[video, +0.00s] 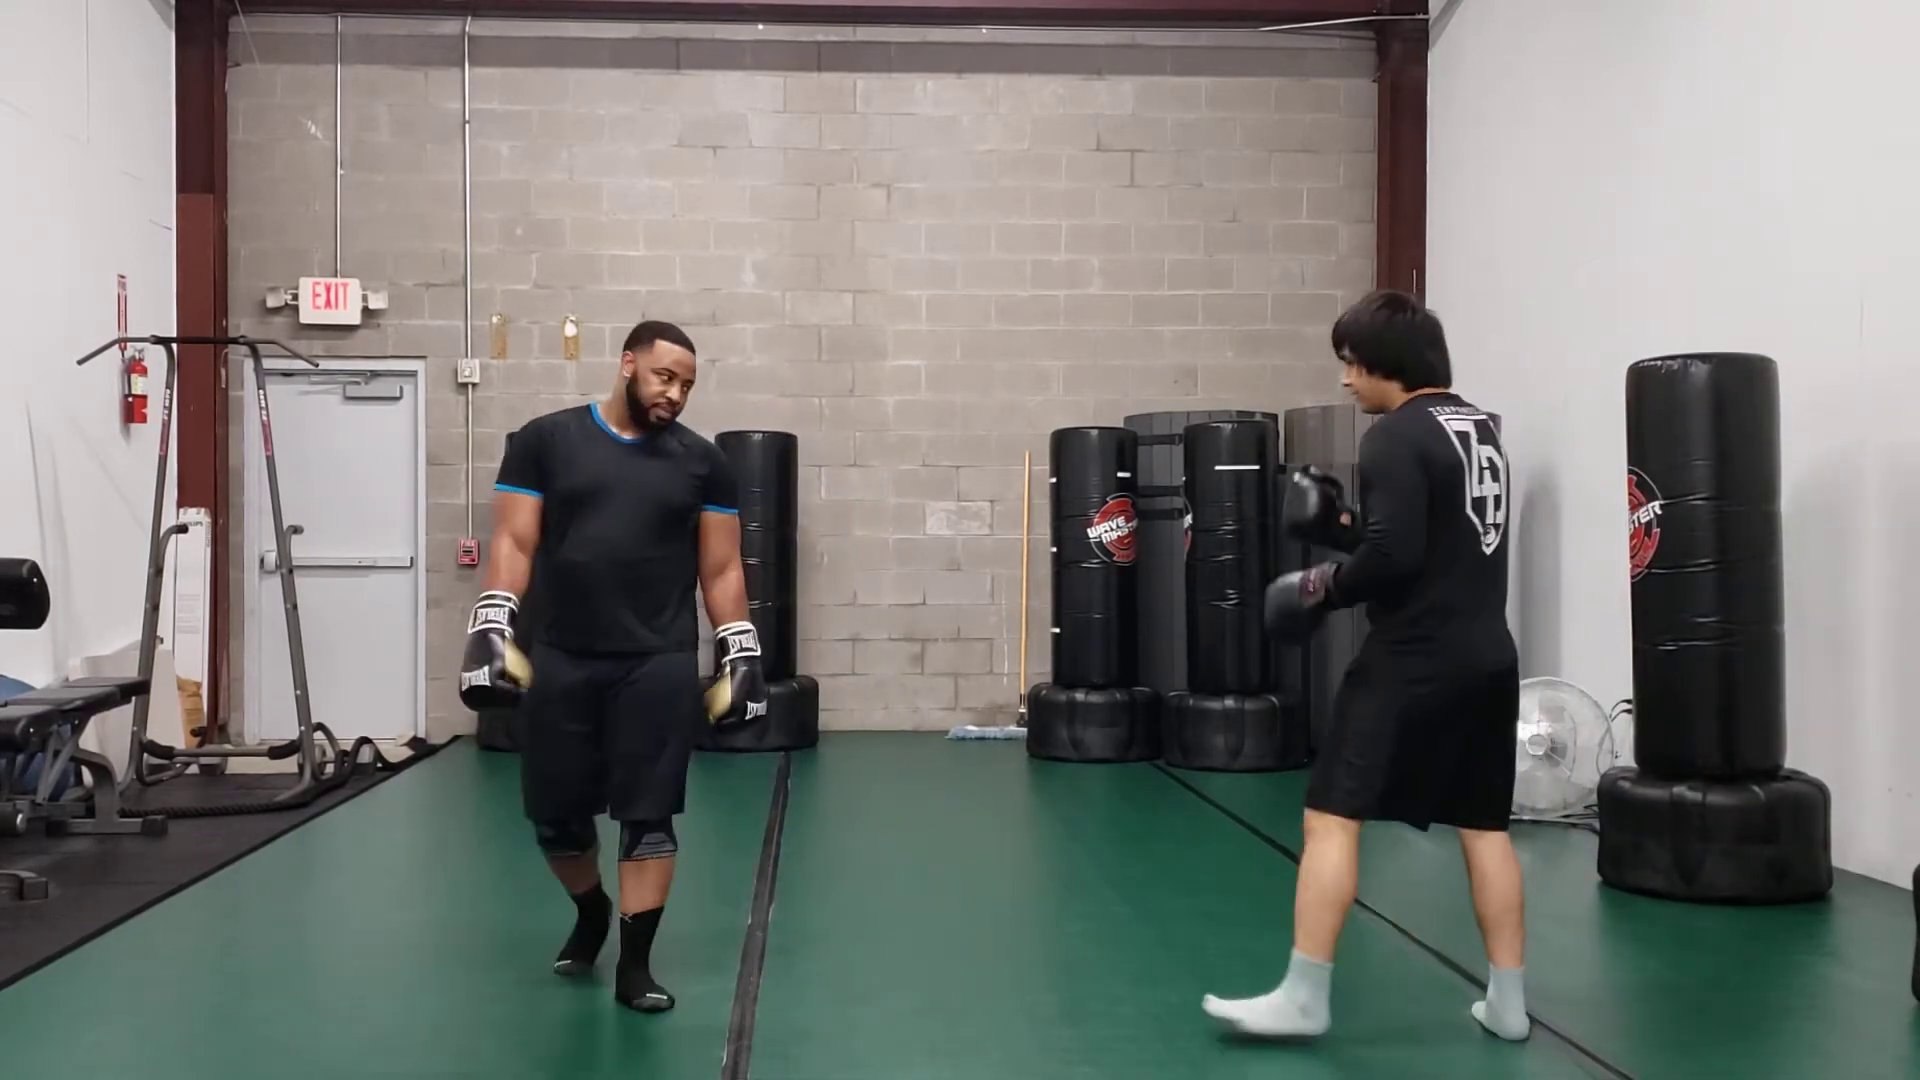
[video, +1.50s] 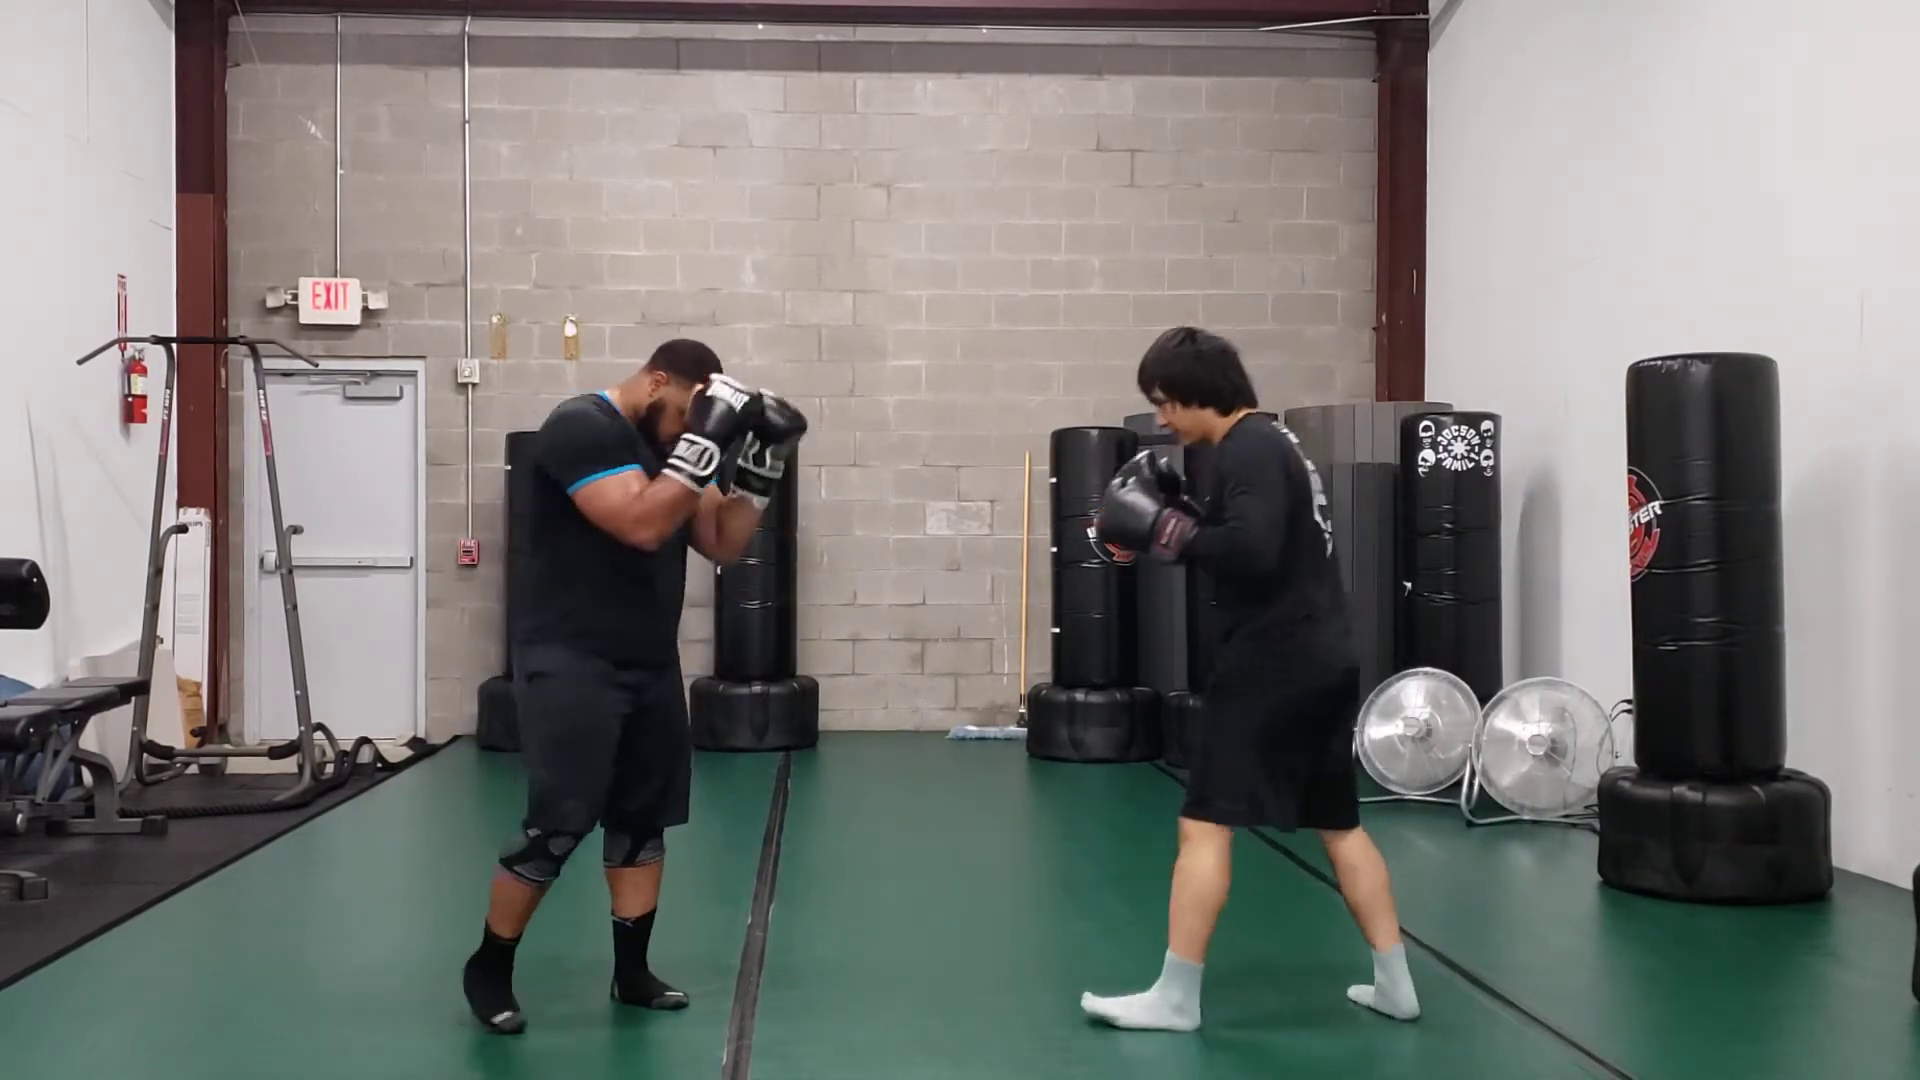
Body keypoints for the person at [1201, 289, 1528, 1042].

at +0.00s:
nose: (1345, 379)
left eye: (1351, 364)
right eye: (1344, 364)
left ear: (1388, 367)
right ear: (1421, 361)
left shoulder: (1396, 437)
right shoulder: (1481, 425)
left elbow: (1392, 556)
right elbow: (1443, 545)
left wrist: (1322, 586)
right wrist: (1344, 526)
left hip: (1407, 665)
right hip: (1486, 660)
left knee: (1331, 814)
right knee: (1485, 824)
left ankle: (1302, 997)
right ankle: (1509, 1004)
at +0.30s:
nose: (1270, 392)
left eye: (1273, 380)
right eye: (1268, 379)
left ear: (1303, 381)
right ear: (1352, 368)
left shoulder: (1307, 446)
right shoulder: (1412, 431)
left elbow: (1210, 514)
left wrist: (1136, 488)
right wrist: (1300, 410)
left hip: (1324, 670)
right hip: (1407, 667)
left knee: (1283, 831)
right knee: (1431, 820)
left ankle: (1267, 1013)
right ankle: (1493, 990)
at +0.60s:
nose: (1221, 387)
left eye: (1224, 372)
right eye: (1219, 373)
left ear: (1253, 369)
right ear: (1303, 358)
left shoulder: (1246, 431)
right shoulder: (1364, 422)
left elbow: (1132, 450)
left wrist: (1023, 449)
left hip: (1276, 667)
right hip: (1361, 663)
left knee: (1258, 828)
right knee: (1389, 812)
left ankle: (1264, 1011)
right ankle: (1436, 982)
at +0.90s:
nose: (1190, 397)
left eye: (1193, 384)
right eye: (1187, 384)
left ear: (1223, 376)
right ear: (1264, 365)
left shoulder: (1225, 434)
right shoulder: (1331, 421)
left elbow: (1119, 488)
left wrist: (1023, 471)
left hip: (1264, 666)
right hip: (1346, 656)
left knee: (1257, 832)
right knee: (1366, 806)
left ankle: (1265, 1012)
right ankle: (1412, 964)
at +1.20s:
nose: (1202, 430)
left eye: (1204, 414)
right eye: (1196, 416)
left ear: (1241, 400)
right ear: (1260, 395)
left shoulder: (1286, 448)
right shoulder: (1315, 438)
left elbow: (1311, 547)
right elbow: (1294, 541)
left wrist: (1216, 548)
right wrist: (1215, 512)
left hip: (1291, 667)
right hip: (1347, 666)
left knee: (1195, 807)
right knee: (1350, 821)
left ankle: (1253, 982)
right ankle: (1400, 988)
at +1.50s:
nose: (1161, 419)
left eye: (1165, 404)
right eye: (1157, 406)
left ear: (1200, 395)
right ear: (1224, 391)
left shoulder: (1247, 451)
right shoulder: (1269, 442)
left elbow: (1254, 548)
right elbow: (1242, 540)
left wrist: (1168, 532)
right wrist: (1161, 524)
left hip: (1266, 671)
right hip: (1324, 668)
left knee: (1204, 822)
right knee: (1340, 821)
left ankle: (1176, 995)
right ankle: (1396, 983)